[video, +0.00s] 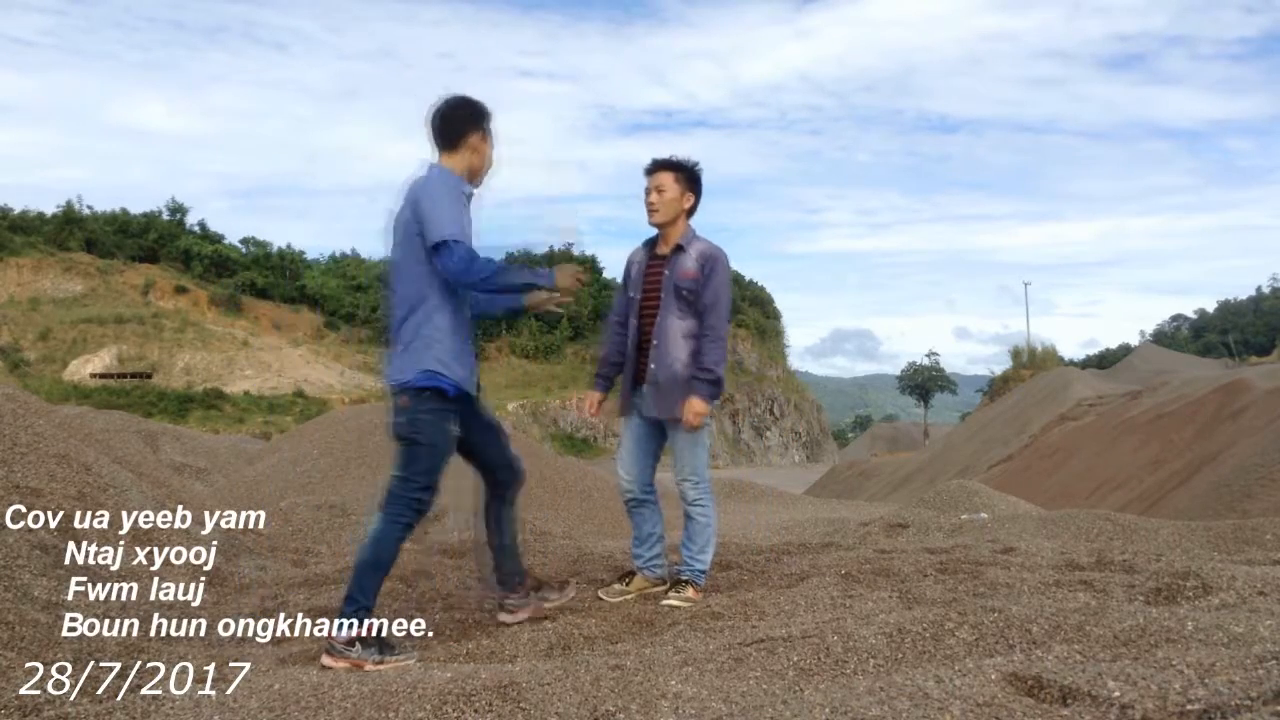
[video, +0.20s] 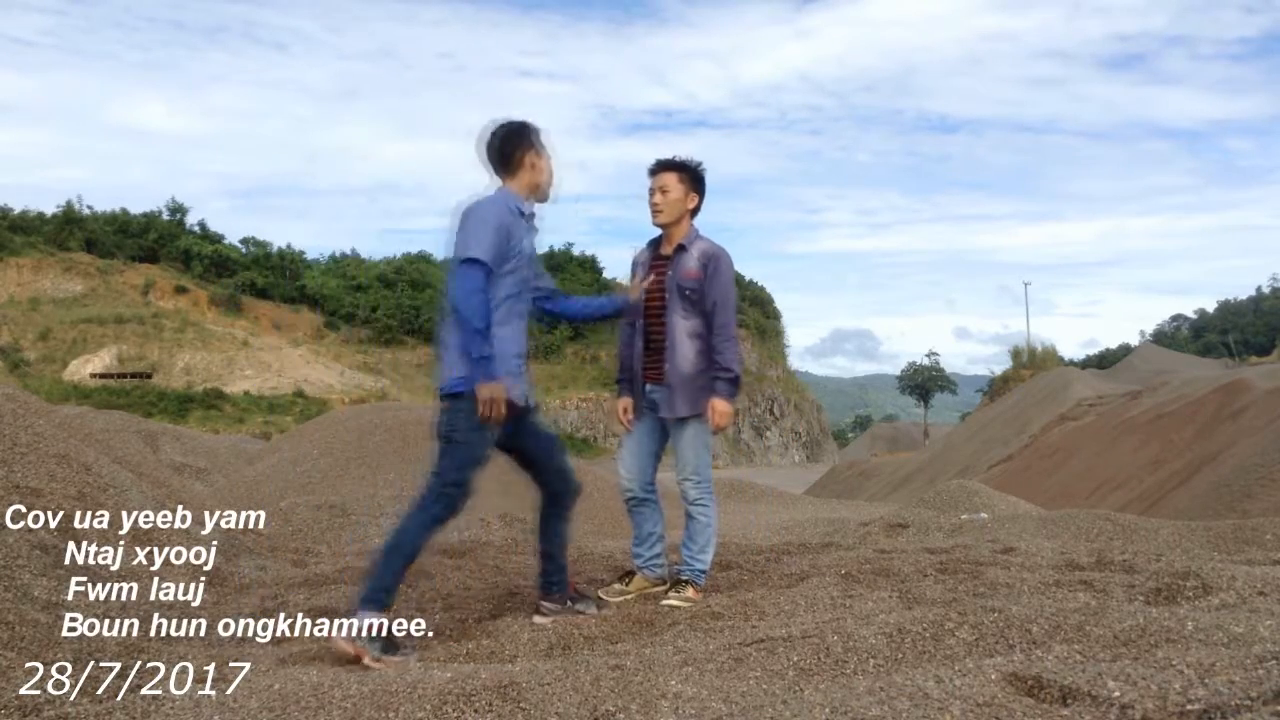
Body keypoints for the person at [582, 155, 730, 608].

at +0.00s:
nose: (650, 199)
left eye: (660, 191)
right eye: (647, 192)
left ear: (687, 199)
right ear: (646, 199)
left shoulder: (709, 258)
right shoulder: (638, 258)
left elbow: (715, 332)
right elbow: (619, 326)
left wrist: (703, 392)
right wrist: (600, 385)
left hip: (686, 393)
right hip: (641, 392)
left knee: (692, 488)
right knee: (634, 485)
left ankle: (693, 577)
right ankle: (650, 571)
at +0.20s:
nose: (654, 199)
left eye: (664, 192)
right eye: (652, 192)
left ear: (692, 200)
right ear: (650, 199)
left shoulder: (711, 258)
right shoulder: (642, 259)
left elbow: (725, 331)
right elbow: (630, 328)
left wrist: (723, 392)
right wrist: (625, 389)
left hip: (691, 394)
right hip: (646, 393)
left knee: (694, 487)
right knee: (634, 483)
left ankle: (692, 576)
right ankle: (649, 569)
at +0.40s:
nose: (657, 202)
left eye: (666, 194)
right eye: (654, 194)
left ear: (695, 201)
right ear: (653, 201)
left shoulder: (713, 259)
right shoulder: (648, 259)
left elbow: (724, 332)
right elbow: (635, 325)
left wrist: (721, 396)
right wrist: (622, 388)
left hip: (692, 393)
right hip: (649, 391)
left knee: (696, 486)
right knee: (639, 481)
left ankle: (693, 577)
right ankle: (650, 569)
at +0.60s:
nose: (686, 216)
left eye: (695, 208)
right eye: (682, 209)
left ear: (721, 210)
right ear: (679, 212)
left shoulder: (738, 265)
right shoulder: (672, 266)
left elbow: (727, 329)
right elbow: (646, 322)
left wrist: (704, 382)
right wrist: (623, 374)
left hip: (709, 395)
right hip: (662, 392)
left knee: (703, 484)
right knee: (643, 474)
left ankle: (692, 574)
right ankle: (690, 546)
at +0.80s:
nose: (722, 238)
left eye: (732, 231)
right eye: (719, 230)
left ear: (755, 240)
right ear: (714, 236)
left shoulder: (769, 296)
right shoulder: (695, 288)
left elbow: (774, 344)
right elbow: (659, 330)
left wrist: (745, 335)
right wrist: (628, 362)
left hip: (741, 403)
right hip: (697, 403)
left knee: (718, 474)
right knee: (693, 493)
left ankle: (702, 571)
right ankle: (739, 565)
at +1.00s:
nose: (742, 240)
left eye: (751, 233)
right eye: (738, 234)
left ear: (773, 239)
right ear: (734, 239)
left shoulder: (796, 291)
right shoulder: (719, 295)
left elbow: (820, 342)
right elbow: (700, 347)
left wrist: (808, 373)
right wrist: (681, 376)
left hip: (776, 400)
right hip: (728, 402)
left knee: (766, 461)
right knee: (719, 483)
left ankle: (781, 540)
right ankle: (736, 567)